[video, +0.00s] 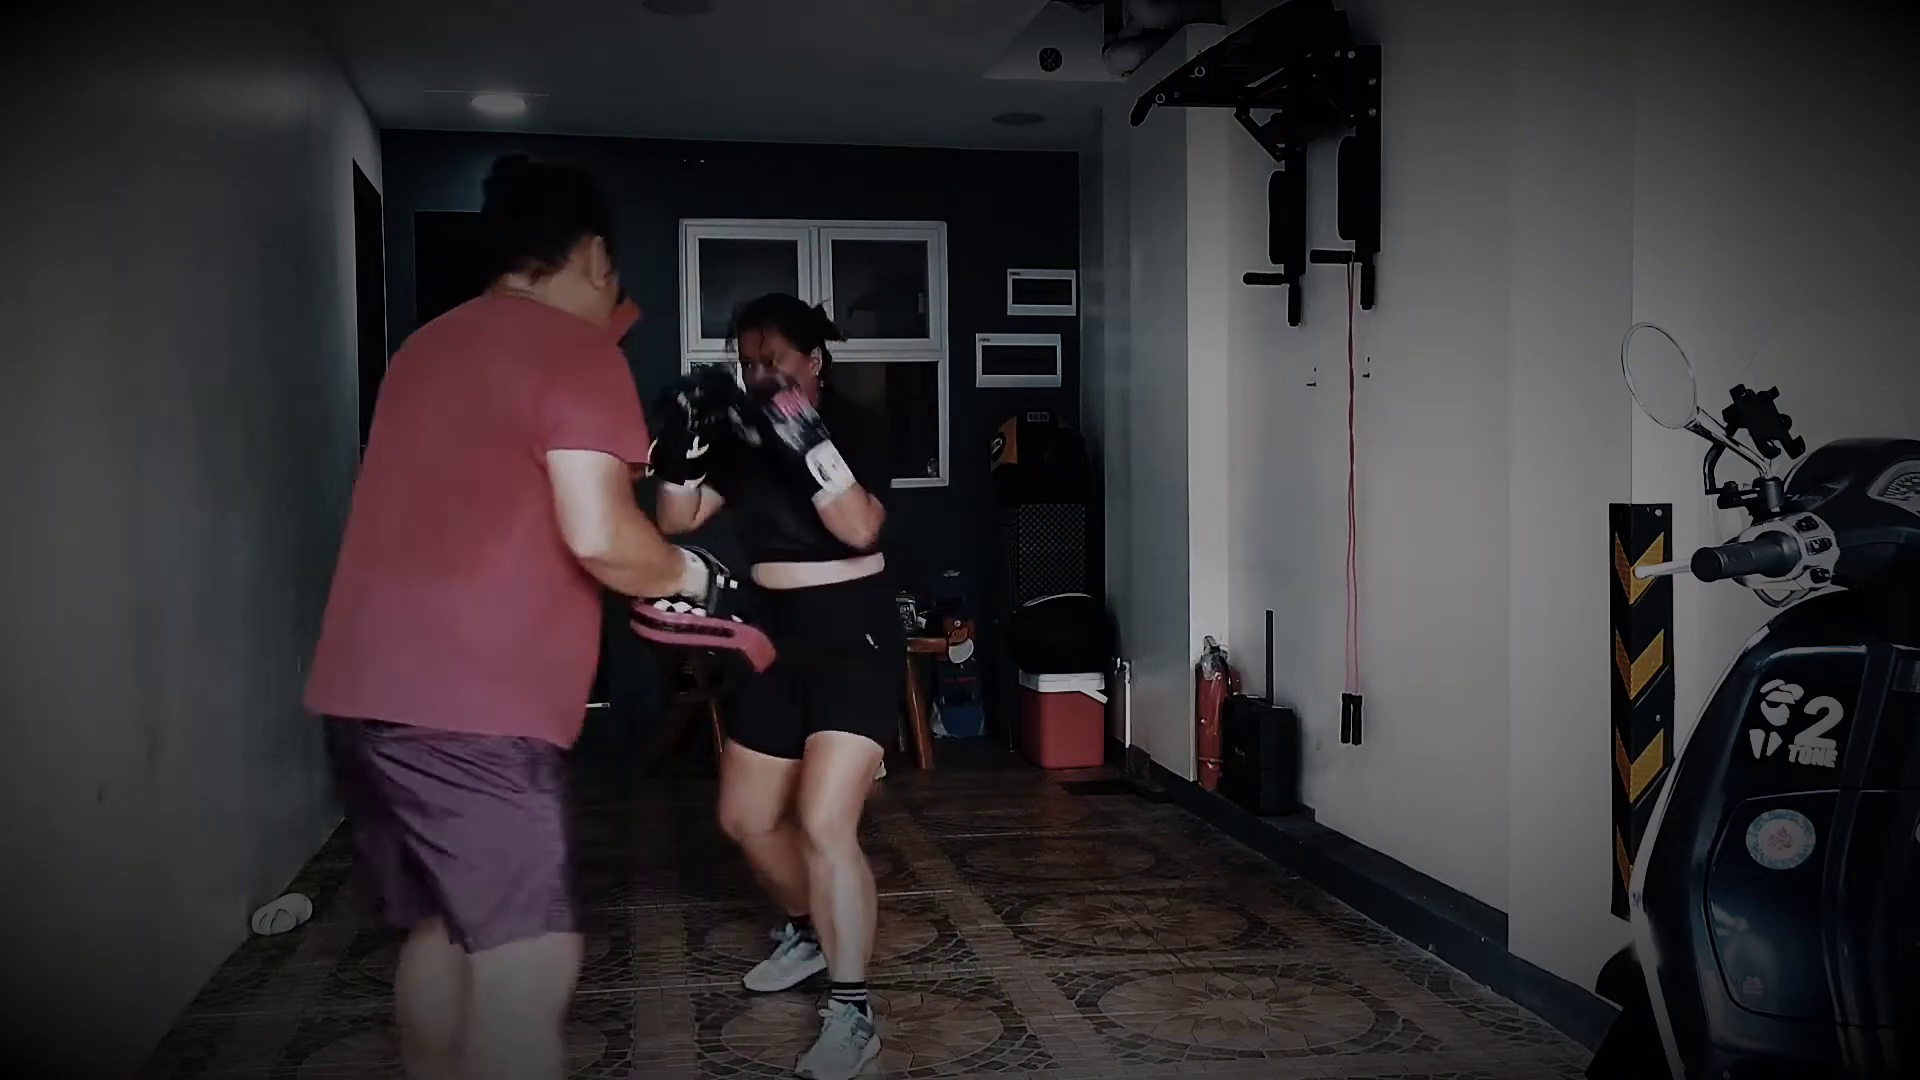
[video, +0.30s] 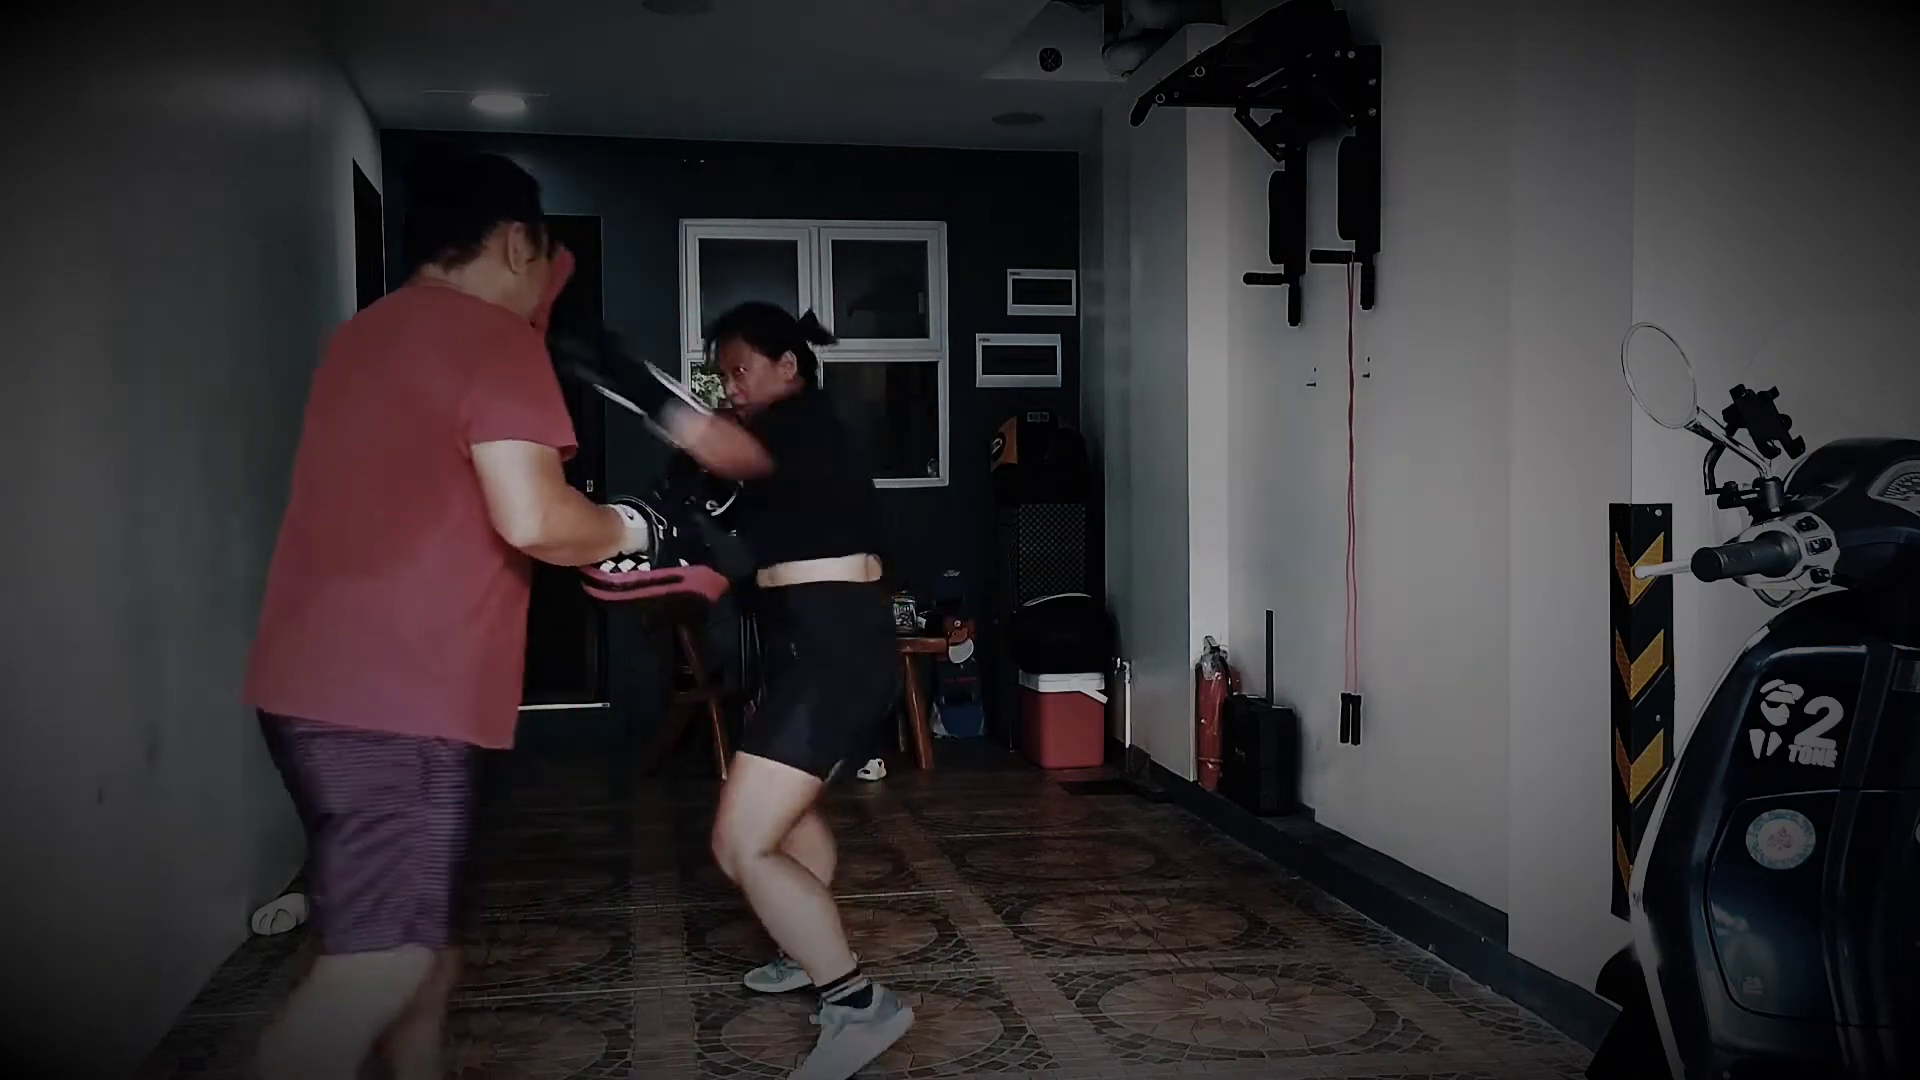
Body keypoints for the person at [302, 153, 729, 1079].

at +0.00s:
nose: (615, 293)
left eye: (609, 270)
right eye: (609, 267)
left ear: (509, 256)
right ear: (582, 252)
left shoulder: (425, 347)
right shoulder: (574, 348)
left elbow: (482, 509)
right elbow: (602, 537)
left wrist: (638, 559)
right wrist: (689, 574)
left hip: (368, 699)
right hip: (479, 712)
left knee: (436, 930)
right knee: (529, 955)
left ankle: (436, 1075)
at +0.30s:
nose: (546, 290)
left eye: (550, 273)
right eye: (547, 266)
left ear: (438, 244)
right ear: (514, 242)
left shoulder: (367, 333)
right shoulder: (491, 337)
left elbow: (432, 504)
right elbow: (532, 518)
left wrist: (584, 558)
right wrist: (630, 524)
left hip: (323, 691)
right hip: (397, 705)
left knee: (414, 952)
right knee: (378, 958)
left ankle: (423, 1077)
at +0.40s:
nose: (525, 268)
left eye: (524, 245)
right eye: (524, 242)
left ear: (412, 225)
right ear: (490, 225)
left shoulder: (345, 317)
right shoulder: (465, 317)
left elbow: (411, 484)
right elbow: (503, 495)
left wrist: (557, 533)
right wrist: (602, 511)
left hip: (306, 681)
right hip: (379, 694)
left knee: (349, 932)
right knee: (369, 946)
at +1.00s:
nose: (476, 272)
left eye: (475, 251)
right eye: (473, 247)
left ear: (361, 231)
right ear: (441, 234)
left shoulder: (289, 334)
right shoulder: (407, 332)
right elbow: (556, 470)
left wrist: (558, 383)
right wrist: (565, 363)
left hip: (260, 721)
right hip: (332, 729)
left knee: (323, 978)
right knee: (354, 985)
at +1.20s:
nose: (488, 271)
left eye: (488, 252)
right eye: (487, 249)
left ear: (372, 228)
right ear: (462, 230)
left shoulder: (282, 341)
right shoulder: (457, 325)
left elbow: (241, 527)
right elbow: (593, 455)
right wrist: (598, 344)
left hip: (277, 710)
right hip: (378, 717)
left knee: (436, 895)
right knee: (333, 984)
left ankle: (452, 1077)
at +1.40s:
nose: (523, 292)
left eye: (520, 275)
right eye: (520, 270)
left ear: (409, 259)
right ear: (496, 250)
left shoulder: (339, 366)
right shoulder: (488, 339)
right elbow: (636, 459)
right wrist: (635, 356)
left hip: (360, 713)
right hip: (437, 717)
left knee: (481, 966)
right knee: (479, 973)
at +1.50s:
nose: (537, 279)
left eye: (533, 262)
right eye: (534, 259)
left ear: (422, 253)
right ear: (510, 243)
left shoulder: (347, 363)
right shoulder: (519, 337)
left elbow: (325, 533)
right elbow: (662, 452)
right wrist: (650, 334)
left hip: (364, 701)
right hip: (462, 703)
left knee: (489, 945)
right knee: (517, 952)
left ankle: (491, 1064)